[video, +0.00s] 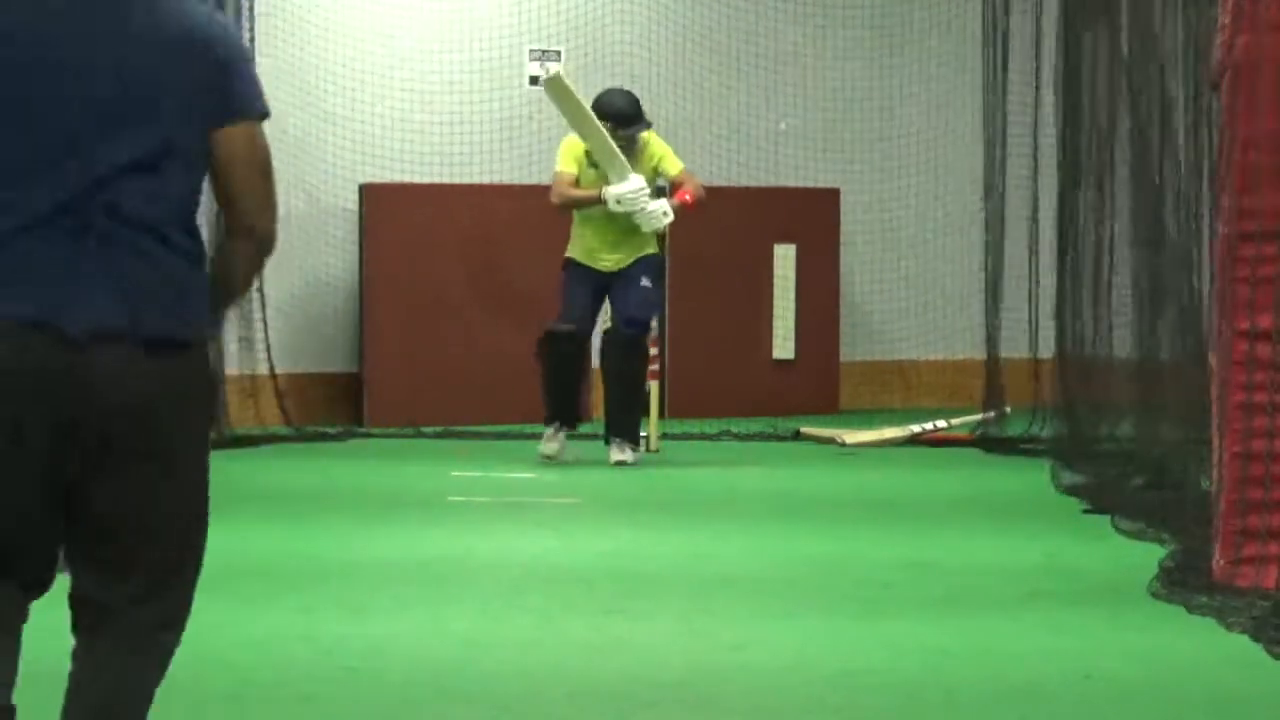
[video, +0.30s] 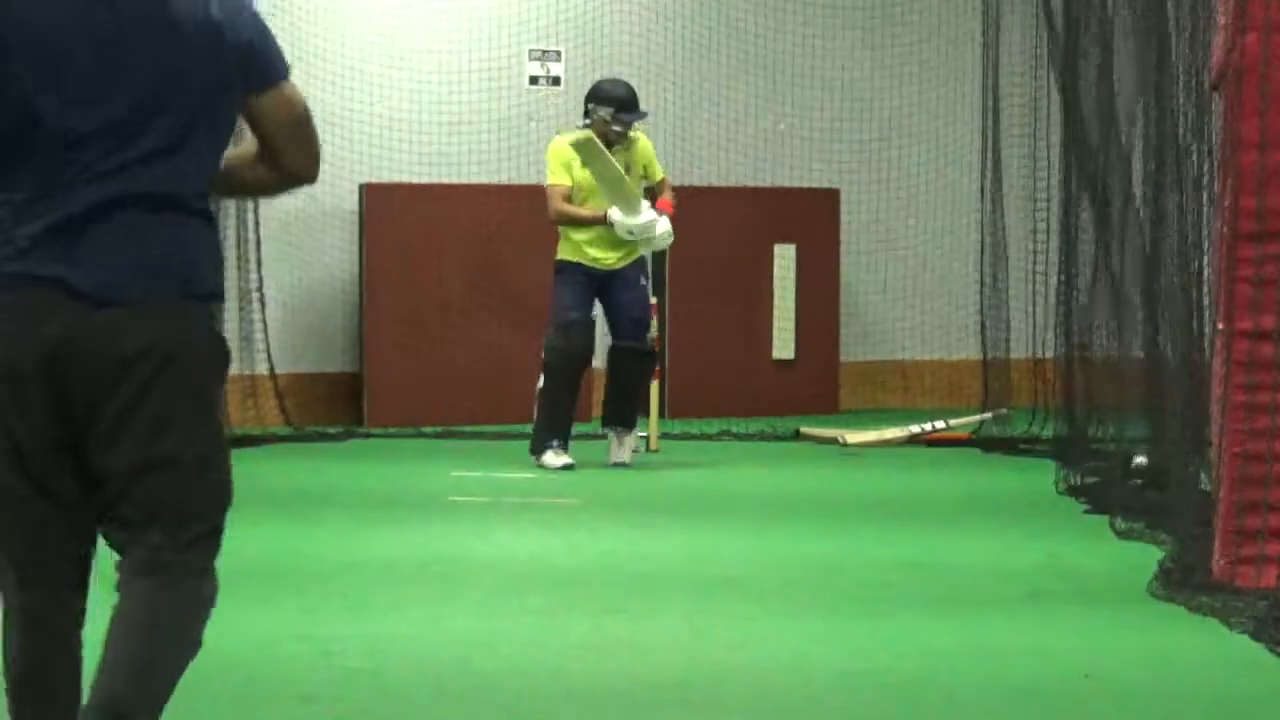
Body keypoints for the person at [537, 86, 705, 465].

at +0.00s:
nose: (629, 141)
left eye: (633, 134)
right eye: (621, 136)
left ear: (639, 127)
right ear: (601, 129)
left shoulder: (649, 145)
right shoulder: (576, 145)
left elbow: (693, 185)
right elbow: (559, 194)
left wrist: (671, 204)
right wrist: (606, 194)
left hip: (638, 257)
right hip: (586, 257)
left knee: (630, 337)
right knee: (569, 336)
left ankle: (623, 439)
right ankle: (559, 424)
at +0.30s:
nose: (627, 128)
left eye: (630, 121)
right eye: (620, 121)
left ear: (631, 119)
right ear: (596, 116)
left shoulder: (637, 145)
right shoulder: (565, 147)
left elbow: (662, 189)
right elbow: (557, 210)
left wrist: (661, 214)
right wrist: (608, 216)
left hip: (626, 261)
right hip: (576, 261)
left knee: (634, 342)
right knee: (568, 345)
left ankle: (623, 427)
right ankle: (551, 443)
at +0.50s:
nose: (620, 169)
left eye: (627, 160)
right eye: (612, 161)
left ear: (641, 160)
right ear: (602, 163)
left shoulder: (654, 198)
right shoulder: (620, 188)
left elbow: (663, 269)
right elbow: (633, 225)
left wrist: (642, 281)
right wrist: (628, 248)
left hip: (709, 257)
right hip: (681, 260)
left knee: (664, 342)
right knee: (642, 340)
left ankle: (679, 448)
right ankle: (664, 440)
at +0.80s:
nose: (633, 138)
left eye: (641, 131)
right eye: (626, 131)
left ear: (654, 133)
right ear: (615, 135)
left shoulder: (669, 165)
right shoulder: (618, 170)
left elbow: (667, 225)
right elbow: (615, 207)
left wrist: (624, 235)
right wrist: (606, 211)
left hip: (691, 259)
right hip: (652, 264)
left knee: (650, 336)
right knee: (622, 341)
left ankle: (666, 443)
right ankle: (655, 436)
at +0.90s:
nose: (638, 115)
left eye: (646, 107)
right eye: (631, 107)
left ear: (662, 108)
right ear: (621, 109)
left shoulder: (680, 138)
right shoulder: (619, 143)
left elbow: (683, 172)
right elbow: (616, 201)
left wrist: (632, 177)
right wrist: (606, 188)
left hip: (679, 250)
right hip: (639, 255)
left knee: (657, 338)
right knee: (625, 343)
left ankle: (669, 443)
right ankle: (654, 438)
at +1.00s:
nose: (639, 95)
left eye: (647, 87)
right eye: (634, 88)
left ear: (668, 88)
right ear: (627, 90)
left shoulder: (683, 121)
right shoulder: (626, 130)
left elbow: (691, 113)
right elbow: (608, 175)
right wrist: (596, 141)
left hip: (678, 234)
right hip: (641, 237)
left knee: (669, 335)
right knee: (636, 332)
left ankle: (673, 438)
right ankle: (651, 434)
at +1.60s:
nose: (645, 108)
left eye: (650, 100)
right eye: (644, 101)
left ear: (671, 98)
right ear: (662, 102)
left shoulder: (699, 131)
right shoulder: (658, 146)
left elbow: (723, 166)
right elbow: (637, 198)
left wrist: (672, 166)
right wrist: (626, 169)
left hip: (691, 254)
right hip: (658, 255)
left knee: (679, 345)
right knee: (648, 344)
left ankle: (691, 444)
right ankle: (664, 438)